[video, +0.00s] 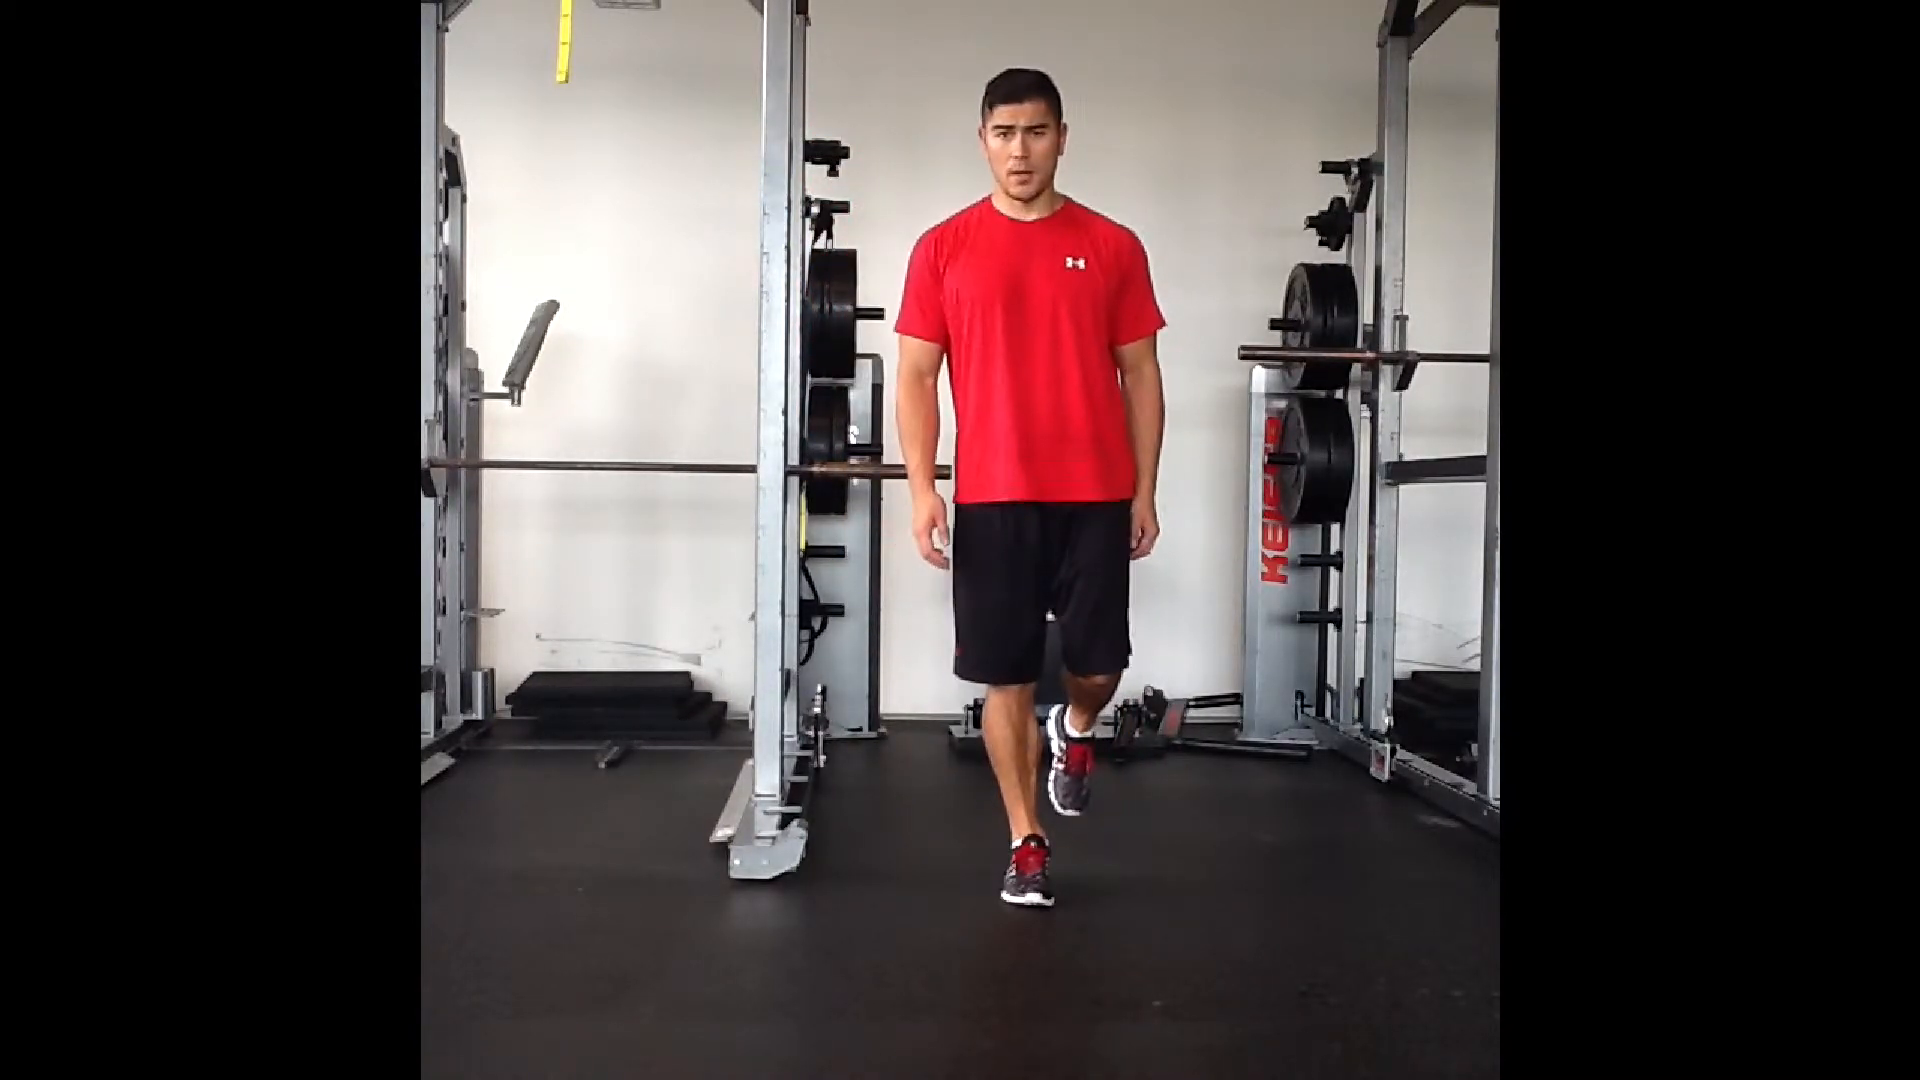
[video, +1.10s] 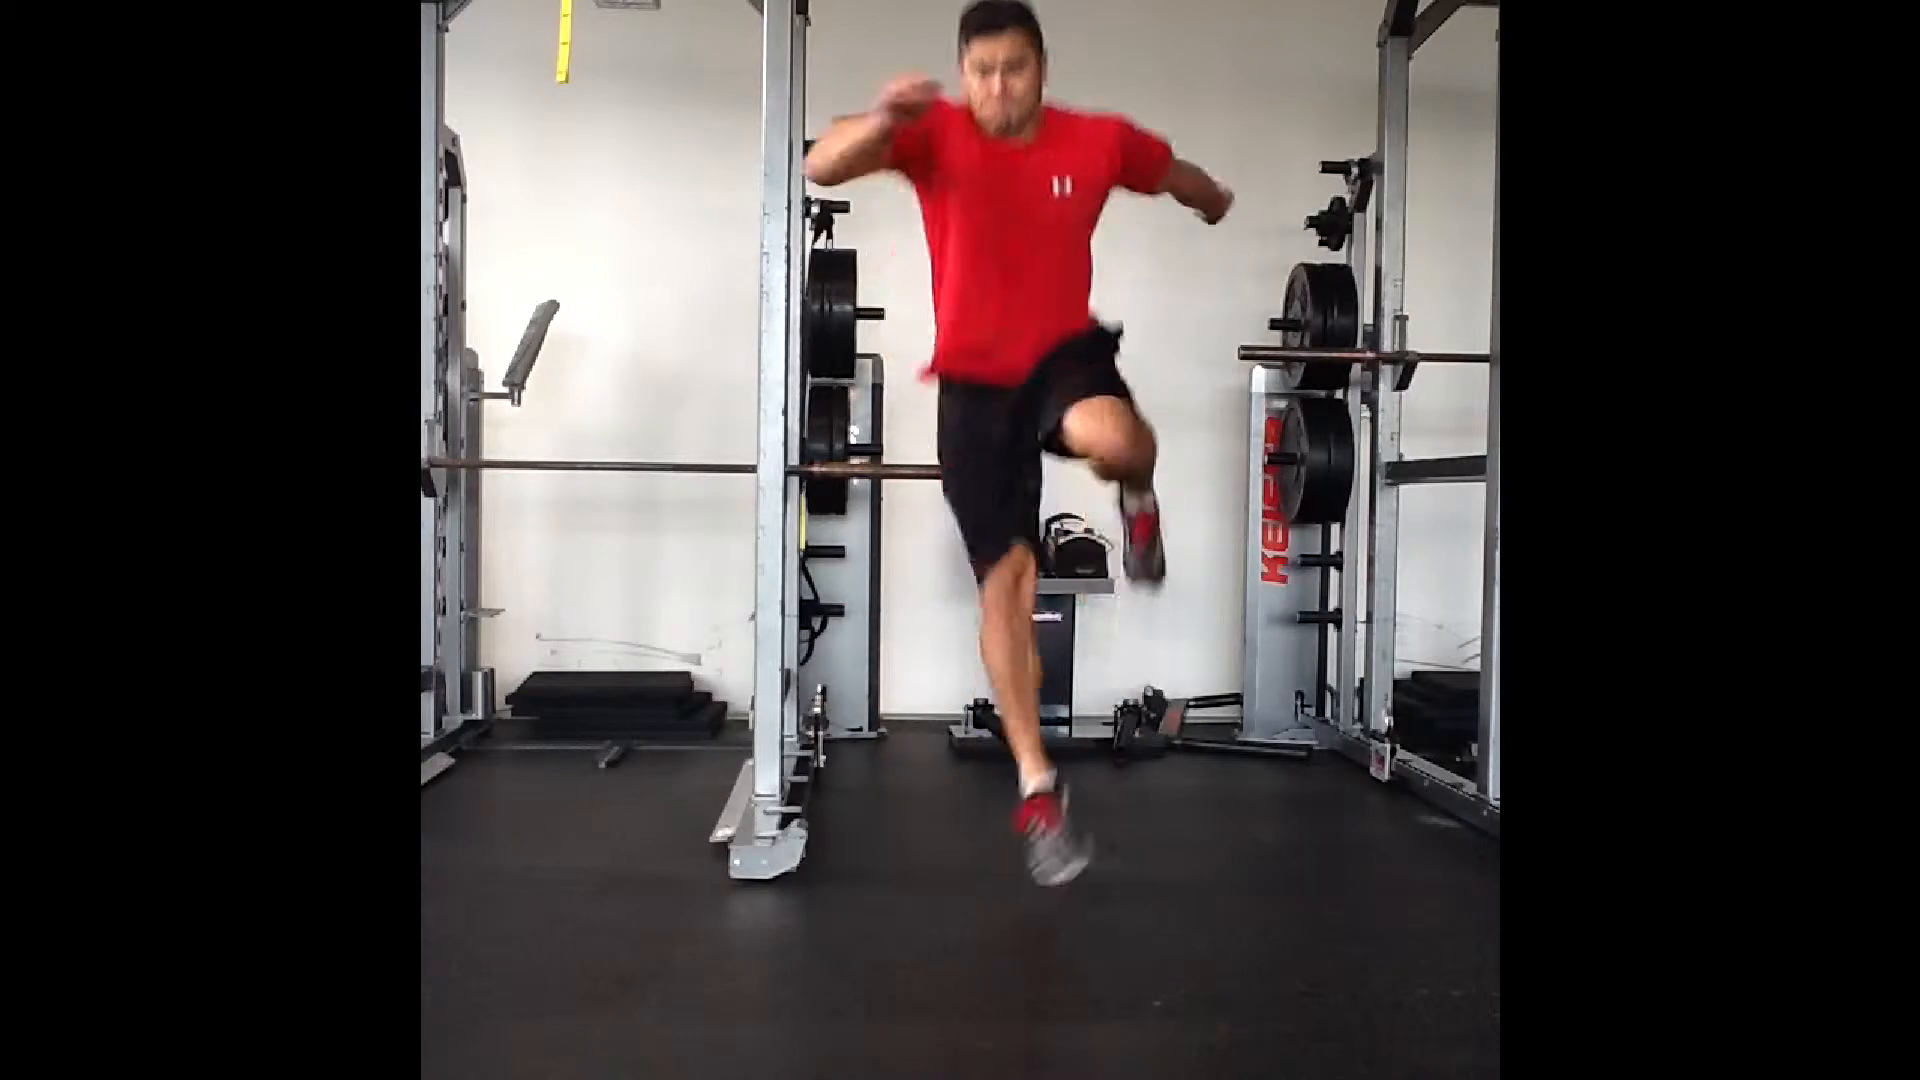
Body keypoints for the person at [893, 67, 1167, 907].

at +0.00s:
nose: (1021, 148)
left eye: (1036, 131)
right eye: (1004, 133)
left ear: (1061, 139)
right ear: (983, 142)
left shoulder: (1114, 247)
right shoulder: (942, 249)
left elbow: (1141, 370)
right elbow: (914, 374)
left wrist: (1145, 489)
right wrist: (922, 488)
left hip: (1096, 494)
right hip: (993, 495)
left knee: (1099, 661)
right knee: (1008, 674)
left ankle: (1074, 737)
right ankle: (1024, 841)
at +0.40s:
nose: (1012, 195)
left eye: (1028, 178)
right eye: (996, 178)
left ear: (1054, 190)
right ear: (975, 190)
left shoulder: (1103, 296)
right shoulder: (932, 288)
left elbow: (1137, 422)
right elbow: (916, 379)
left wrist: (1079, 439)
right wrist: (923, 472)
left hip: (1083, 526)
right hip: (983, 529)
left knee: (1091, 671)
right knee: (1007, 679)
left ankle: (1058, 695)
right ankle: (1023, 839)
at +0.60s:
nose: (1005, 275)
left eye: (1022, 261)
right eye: (989, 261)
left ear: (1048, 270)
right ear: (967, 272)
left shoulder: (1084, 344)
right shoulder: (929, 340)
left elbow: (1114, 424)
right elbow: (959, 412)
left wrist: (1033, 343)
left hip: (1084, 558)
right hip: (988, 556)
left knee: (1056, 681)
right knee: (1009, 686)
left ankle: (1012, 703)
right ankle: (1025, 844)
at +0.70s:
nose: (995, 295)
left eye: (1012, 278)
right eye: (981, 278)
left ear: (1039, 287)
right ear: (959, 288)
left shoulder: (1081, 359)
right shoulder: (929, 359)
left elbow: (1121, 463)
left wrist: (1040, 440)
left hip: (1083, 567)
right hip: (987, 563)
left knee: (1055, 685)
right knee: (1010, 695)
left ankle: (1021, 709)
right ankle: (1026, 845)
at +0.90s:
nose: (994, 226)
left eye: (1009, 210)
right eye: (978, 212)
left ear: (1035, 222)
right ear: (955, 227)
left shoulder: (1094, 316)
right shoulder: (925, 342)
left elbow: (1141, 423)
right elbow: (922, 479)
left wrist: (1174, 508)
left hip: (1082, 529)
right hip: (982, 545)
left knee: (1078, 674)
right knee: (1006, 695)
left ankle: (1076, 769)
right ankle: (1024, 843)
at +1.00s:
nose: (997, 173)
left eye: (1012, 157)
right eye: (981, 159)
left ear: (1037, 164)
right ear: (958, 168)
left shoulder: (1091, 240)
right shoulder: (929, 250)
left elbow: (1171, 277)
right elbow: (890, 315)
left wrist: (1211, 319)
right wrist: (928, 319)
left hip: (1077, 445)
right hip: (983, 480)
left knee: (1070, 505)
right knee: (1001, 671)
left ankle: (1129, 668)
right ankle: (1023, 840)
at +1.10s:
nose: (1001, 85)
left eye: (1015, 68)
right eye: (985, 70)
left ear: (1043, 69)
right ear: (963, 75)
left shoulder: (1099, 141)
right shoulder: (930, 134)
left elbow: (1178, 179)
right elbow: (821, 169)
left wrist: (1212, 200)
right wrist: (885, 117)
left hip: (1066, 355)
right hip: (975, 379)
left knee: (1113, 440)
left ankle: (1139, 503)